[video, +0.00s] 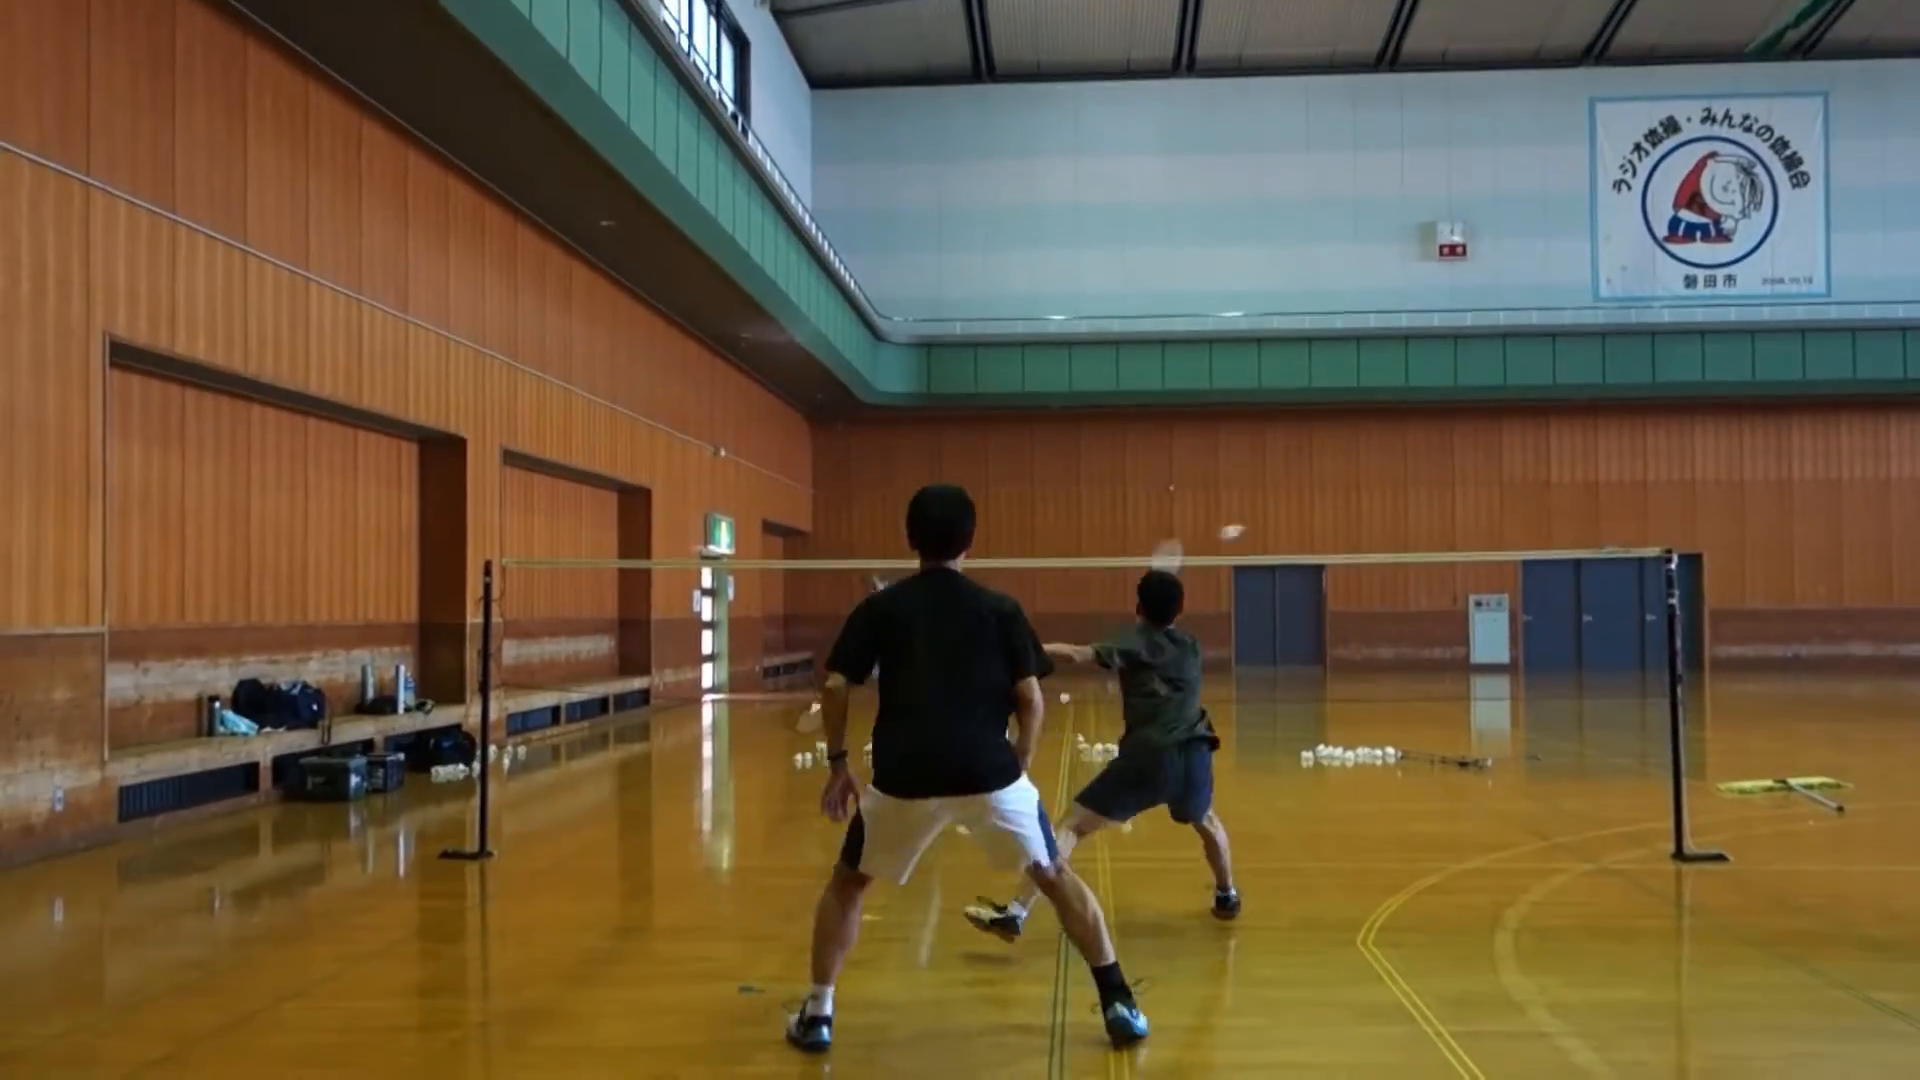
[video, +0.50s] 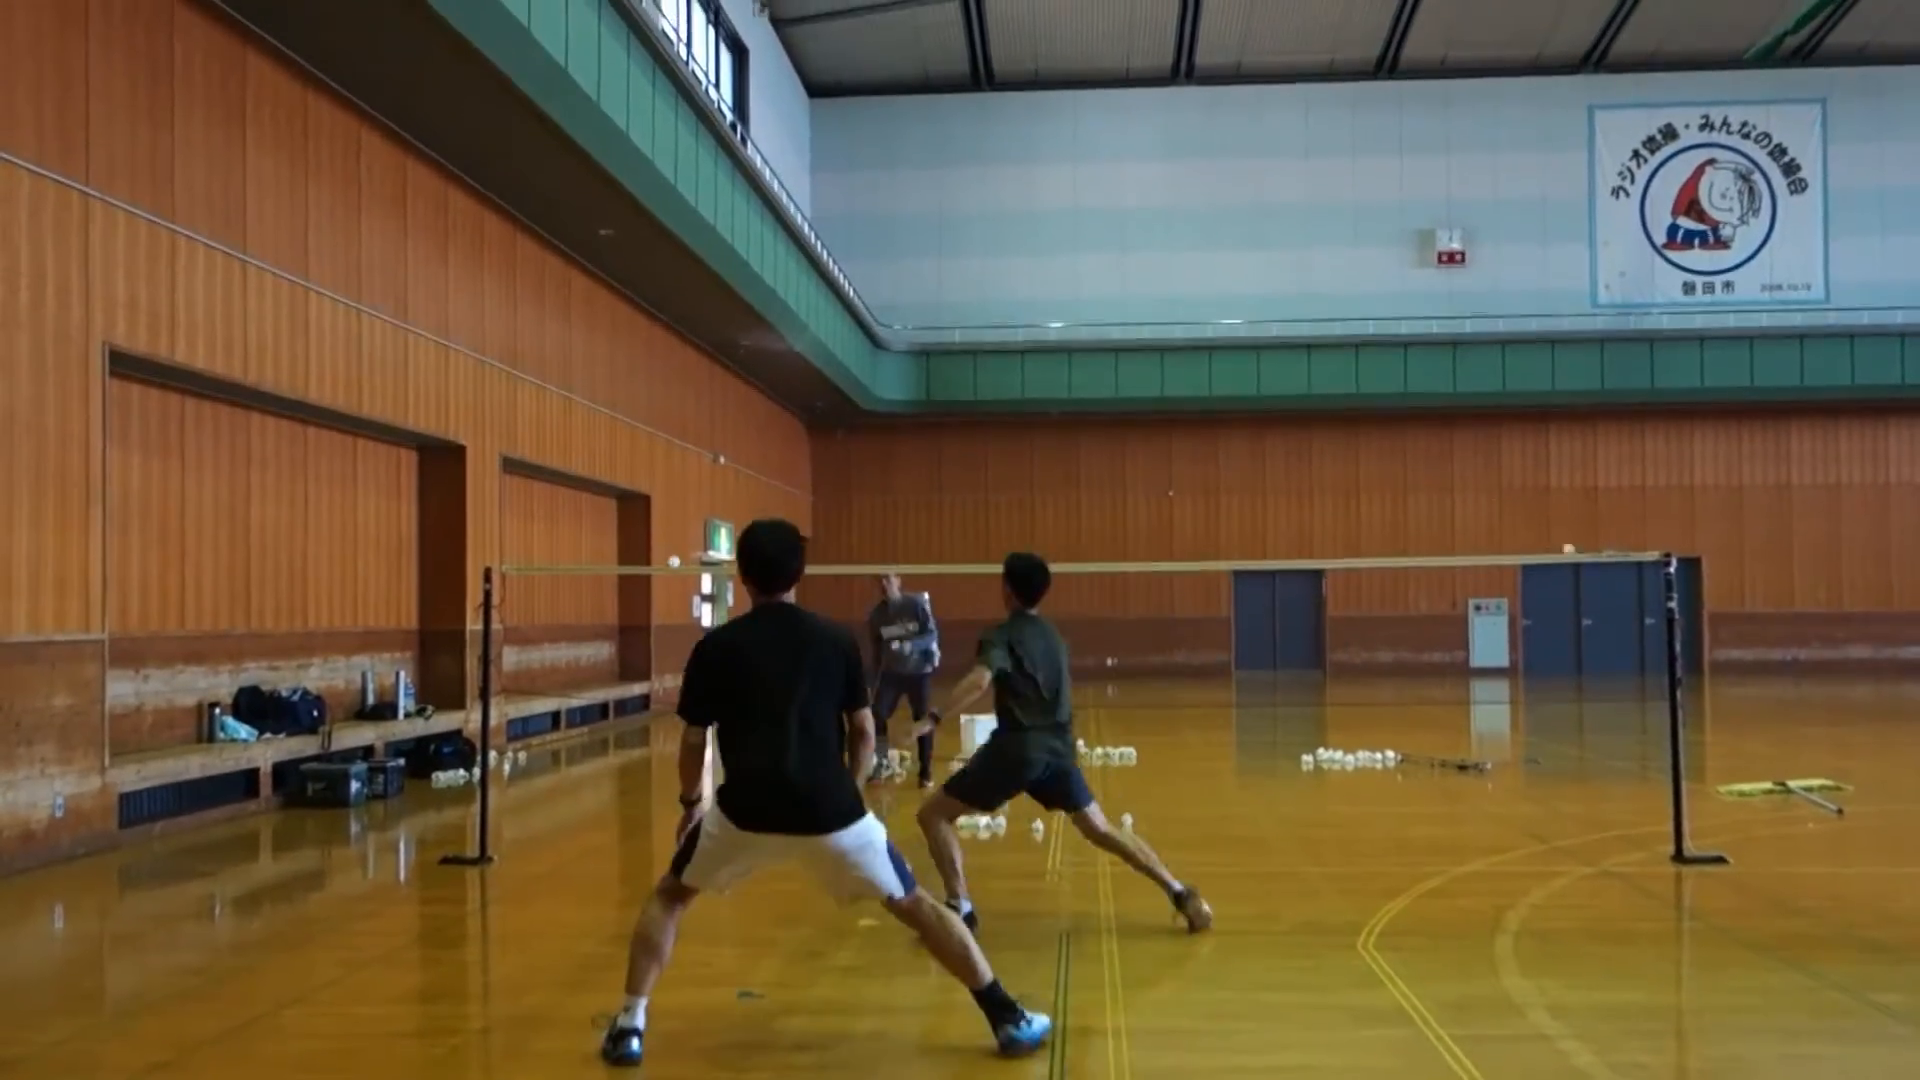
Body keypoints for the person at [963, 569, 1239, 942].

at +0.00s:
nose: (1137, 602)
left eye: (1140, 597)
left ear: (1139, 606)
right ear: (1177, 611)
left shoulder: (1135, 645)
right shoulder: (1189, 646)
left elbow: (1076, 654)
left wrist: (1025, 648)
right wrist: (1162, 581)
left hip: (1146, 759)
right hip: (1194, 758)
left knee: (1074, 828)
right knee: (1207, 821)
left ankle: (1016, 912)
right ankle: (1227, 894)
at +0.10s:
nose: (1128, 597)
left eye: (1130, 591)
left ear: (1132, 598)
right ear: (1169, 601)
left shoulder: (1123, 634)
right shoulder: (1186, 646)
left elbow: (1083, 664)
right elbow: (1199, 703)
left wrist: (1021, 675)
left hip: (1135, 746)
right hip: (1183, 747)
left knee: (1082, 836)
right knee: (1196, 806)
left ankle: (1058, 922)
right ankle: (1226, 886)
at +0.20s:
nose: (1113, 570)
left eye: (1114, 564)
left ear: (1115, 569)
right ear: (1153, 574)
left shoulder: (1098, 604)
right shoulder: (1171, 629)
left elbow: (1076, 648)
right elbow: (1188, 701)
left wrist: (1039, 695)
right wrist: (1169, 739)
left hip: (1103, 723)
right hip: (1153, 727)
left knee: (1045, 804)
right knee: (1183, 801)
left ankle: (1046, 878)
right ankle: (1217, 879)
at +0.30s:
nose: (1090, 570)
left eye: (1091, 564)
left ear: (1090, 568)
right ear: (1129, 571)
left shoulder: (1071, 610)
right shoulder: (1151, 624)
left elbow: (1052, 670)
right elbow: (1161, 694)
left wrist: (1023, 717)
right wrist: (1144, 726)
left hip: (1079, 725)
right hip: (1133, 728)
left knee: (1012, 796)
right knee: (1161, 794)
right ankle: (1196, 873)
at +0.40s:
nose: (1062, 576)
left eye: (1063, 571)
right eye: (1071, 571)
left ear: (1064, 577)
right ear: (1100, 579)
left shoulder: (1048, 622)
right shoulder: (1119, 631)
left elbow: (1020, 675)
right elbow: (1124, 696)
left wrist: (975, 715)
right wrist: (1110, 737)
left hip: (1050, 739)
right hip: (1105, 741)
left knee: (978, 798)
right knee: (1152, 808)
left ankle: (947, 887)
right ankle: (1195, 883)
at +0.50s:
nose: (1001, 586)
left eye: (1004, 581)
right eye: (1005, 580)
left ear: (1007, 589)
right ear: (1042, 592)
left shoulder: (1002, 637)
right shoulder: (1052, 637)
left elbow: (979, 681)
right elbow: (1054, 698)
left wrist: (935, 717)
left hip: (1014, 752)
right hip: (1058, 753)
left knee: (933, 815)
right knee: (1100, 830)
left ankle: (959, 906)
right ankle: (1178, 891)